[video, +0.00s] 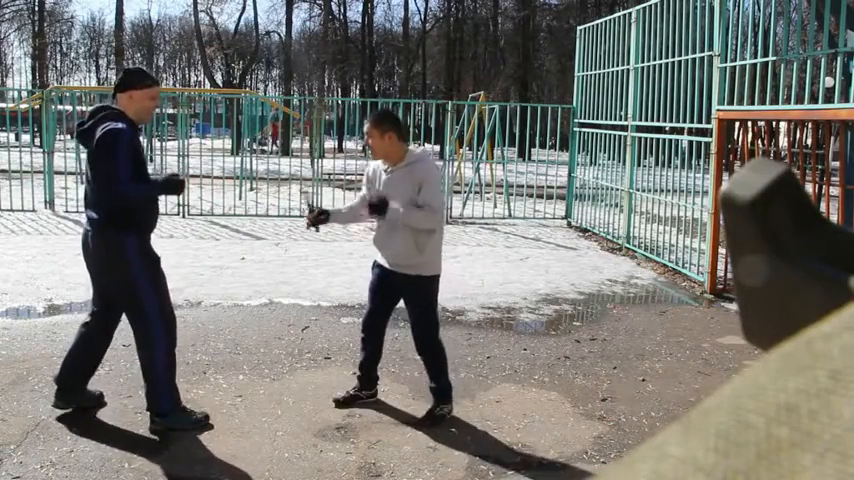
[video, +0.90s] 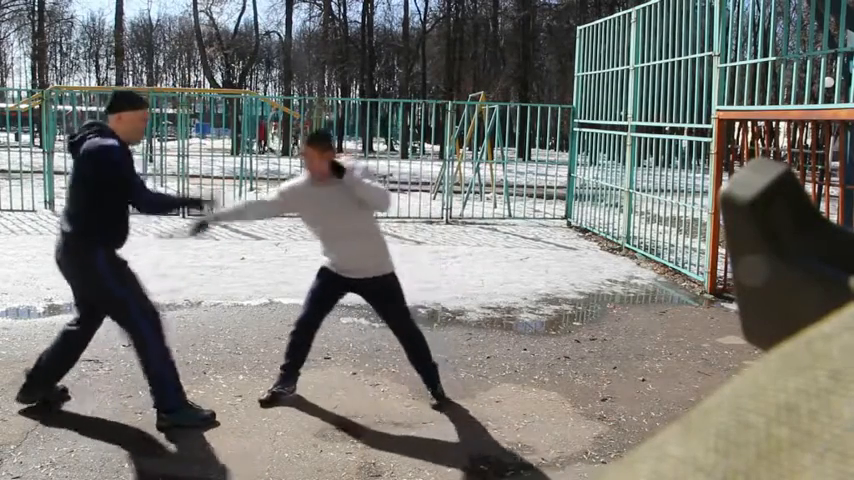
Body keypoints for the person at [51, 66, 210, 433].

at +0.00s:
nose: (155, 106)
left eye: (156, 99)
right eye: (151, 98)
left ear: (126, 97)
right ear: (128, 96)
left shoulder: (109, 128)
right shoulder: (119, 134)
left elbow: (117, 187)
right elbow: (121, 191)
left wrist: (157, 185)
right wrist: (164, 186)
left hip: (103, 243)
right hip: (125, 246)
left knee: (104, 315)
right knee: (158, 324)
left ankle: (70, 388)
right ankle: (166, 411)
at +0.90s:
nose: (145, 127)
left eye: (146, 120)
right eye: (142, 119)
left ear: (118, 118)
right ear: (120, 118)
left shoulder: (96, 145)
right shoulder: (111, 152)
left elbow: (137, 197)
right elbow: (143, 200)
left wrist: (179, 204)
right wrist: (188, 203)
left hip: (76, 252)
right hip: (94, 256)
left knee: (88, 319)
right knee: (145, 321)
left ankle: (37, 385)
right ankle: (173, 408)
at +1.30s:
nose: (133, 139)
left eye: (135, 133)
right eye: (130, 131)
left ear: (106, 127)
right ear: (107, 126)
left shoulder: (93, 155)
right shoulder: (88, 161)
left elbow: (118, 213)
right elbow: (119, 219)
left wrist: (155, 226)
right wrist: (164, 231)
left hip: (52, 254)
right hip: (62, 258)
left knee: (55, 321)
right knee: (115, 322)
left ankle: (5, 382)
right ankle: (134, 409)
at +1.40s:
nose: (121, 126)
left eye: (122, 119)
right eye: (116, 118)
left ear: (95, 118)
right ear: (92, 116)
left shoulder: (84, 148)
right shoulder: (67, 151)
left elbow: (92, 196)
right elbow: (77, 204)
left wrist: (130, 201)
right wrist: (132, 202)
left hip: (52, 249)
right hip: (58, 253)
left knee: (47, 321)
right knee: (104, 326)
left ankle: (5, 383)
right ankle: (133, 408)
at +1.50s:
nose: (105, 116)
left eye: (106, 109)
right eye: (100, 108)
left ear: (82, 108)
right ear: (77, 106)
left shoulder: (71, 137)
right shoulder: (57, 140)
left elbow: (73, 188)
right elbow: (66, 195)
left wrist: (105, 171)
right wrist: (107, 171)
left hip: (54, 246)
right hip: (58, 249)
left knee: (40, 319)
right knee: (102, 316)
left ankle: (6, 383)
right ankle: (116, 404)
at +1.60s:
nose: (98, 106)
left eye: (98, 99)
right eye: (92, 98)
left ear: (74, 101)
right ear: (68, 99)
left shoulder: (65, 132)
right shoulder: (51, 134)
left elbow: (65, 186)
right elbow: (59, 188)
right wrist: (100, 172)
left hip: (56, 240)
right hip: (59, 243)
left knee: (42, 314)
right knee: (100, 314)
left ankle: (5, 382)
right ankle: (99, 401)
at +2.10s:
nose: (91, 102)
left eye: (90, 95)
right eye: (85, 95)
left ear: (62, 99)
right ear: (61, 98)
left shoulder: (53, 130)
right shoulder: (56, 134)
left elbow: (65, 186)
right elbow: (70, 187)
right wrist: (113, 178)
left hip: (49, 239)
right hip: (68, 242)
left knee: (56, 308)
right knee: (109, 312)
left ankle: (8, 376)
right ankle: (118, 399)